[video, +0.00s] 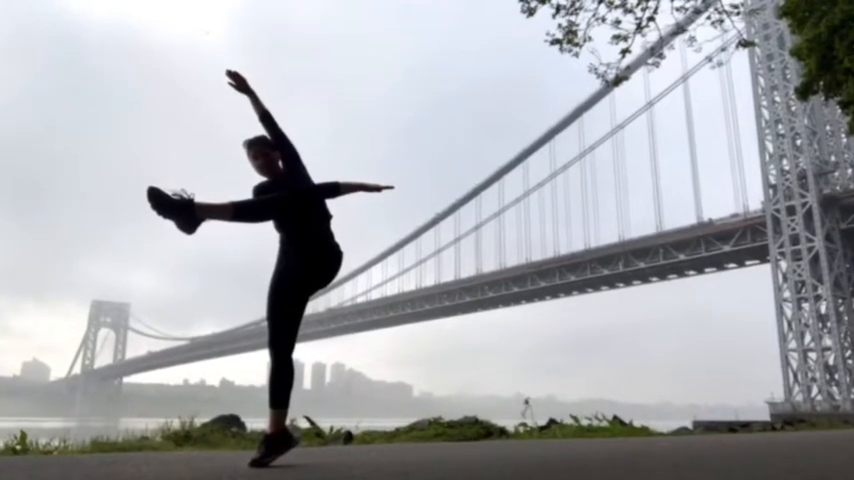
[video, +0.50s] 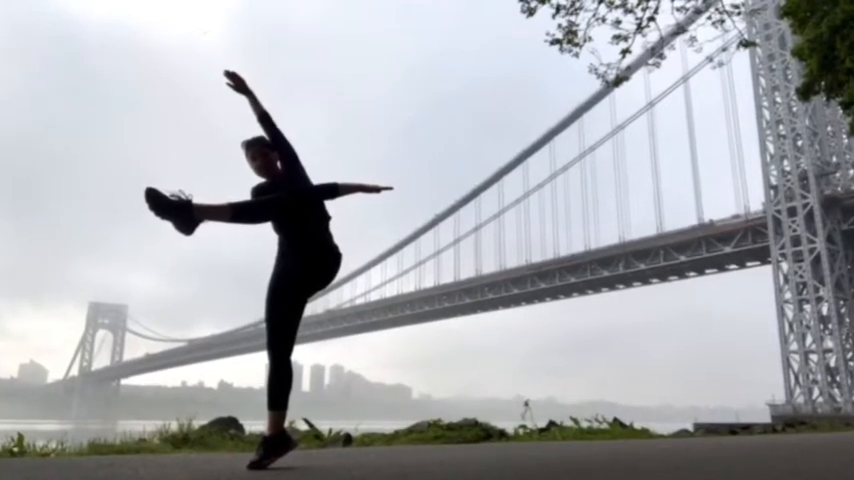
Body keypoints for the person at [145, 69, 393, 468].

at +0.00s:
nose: (257, 162)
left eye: (262, 155)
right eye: (253, 159)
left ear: (277, 153)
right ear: (252, 163)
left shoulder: (295, 173)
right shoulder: (264, 193)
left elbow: (276, 131)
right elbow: (319, 191)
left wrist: (251, 93)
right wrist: (362, 187)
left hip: (322, 257)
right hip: (292, 266)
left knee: (279, 204)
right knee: (280, 348)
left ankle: (197, 212)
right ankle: (277, 432)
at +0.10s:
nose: (257, 163)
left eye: (261, 156)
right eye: (252, 159)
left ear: (277, 154)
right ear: (252, 164)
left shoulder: (295, 173)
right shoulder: (263, 193)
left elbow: (276, 131)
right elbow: (318, 191)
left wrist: (250, 93)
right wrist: (361, 187)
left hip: (322, 257)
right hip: (291, 266)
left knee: (278, 204)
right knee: (280, 348)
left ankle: (196, 212)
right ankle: (277, 432)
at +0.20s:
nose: (257, 163)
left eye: (261, 156)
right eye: (252, 160)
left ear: (276, 154)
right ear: (252, 164)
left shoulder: (295, 174)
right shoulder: (263, 194)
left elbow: (275, 131)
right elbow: (319, 191)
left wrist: (250, 93)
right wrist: (362, 187)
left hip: (321, 257)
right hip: (291, 266)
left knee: (277, 204)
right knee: (280, 349)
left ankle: (196, 212)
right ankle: (277, 432)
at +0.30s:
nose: (256, 164)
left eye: (261, 157)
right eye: (252, 160)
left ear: (276, 154)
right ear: (252, 165)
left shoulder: (295, 174)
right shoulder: (263, 194)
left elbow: (275, 131)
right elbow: (318, 192)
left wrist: (249, 93)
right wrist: (361, 188)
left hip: (321, 258)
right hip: (290, 267)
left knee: (278, 205)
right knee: (280, 350)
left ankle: (195, 212)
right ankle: (276, 433)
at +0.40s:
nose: (256, 163)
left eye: (261, 156)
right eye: (252, 160)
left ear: (276, 154)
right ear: (251, 164)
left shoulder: (295, 174)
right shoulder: (263, 195)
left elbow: (275, 131)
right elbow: (317, 192)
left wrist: (249, 93)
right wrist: (360, 188)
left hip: (321, 258)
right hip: (290, 268)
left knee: (278, 205)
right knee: (279, 350)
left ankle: (195, 213)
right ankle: (276, 433)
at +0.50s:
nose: (256, 164)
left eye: (260, 156)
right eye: (251, 160)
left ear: (275, 154)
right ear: (251, 165)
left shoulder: (295, 174)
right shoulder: (263, 195)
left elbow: (274, 131)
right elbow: (317, 192)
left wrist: (249, 93)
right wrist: (360, 188)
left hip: (321, 258)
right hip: (290, 268)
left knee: (277, 205)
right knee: (279, 351)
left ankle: (195, 213)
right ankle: (276, 434)